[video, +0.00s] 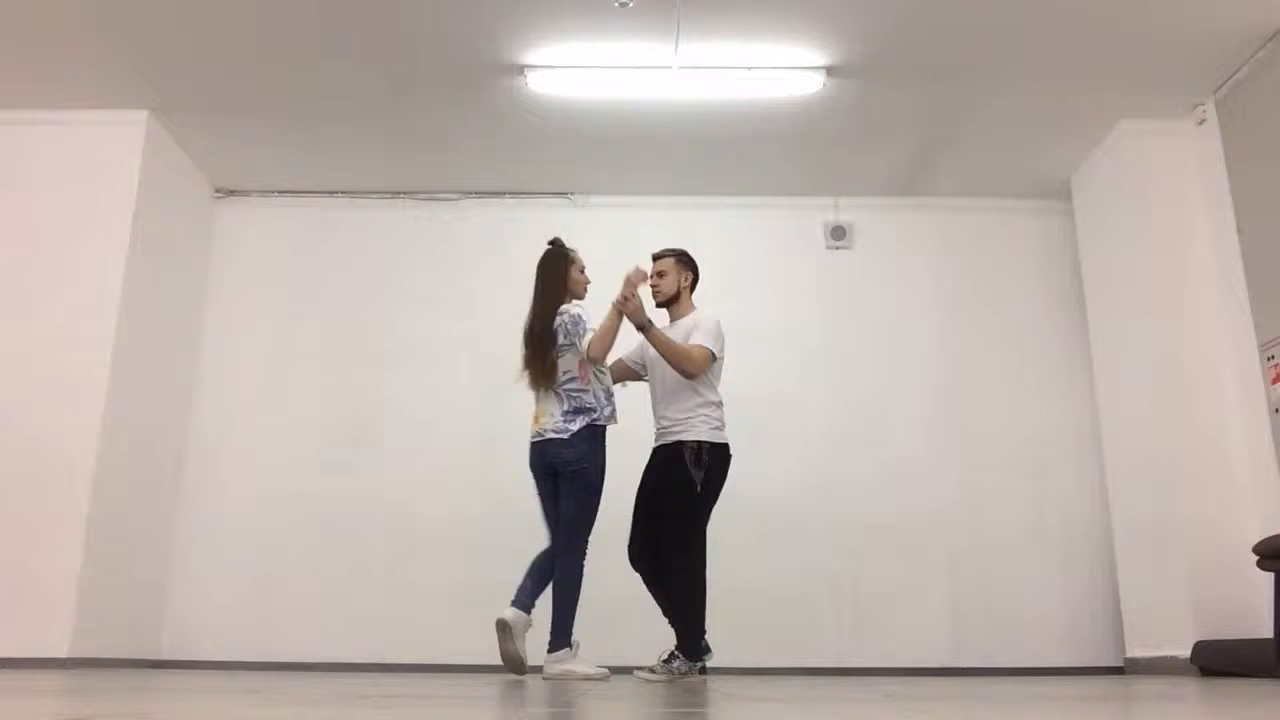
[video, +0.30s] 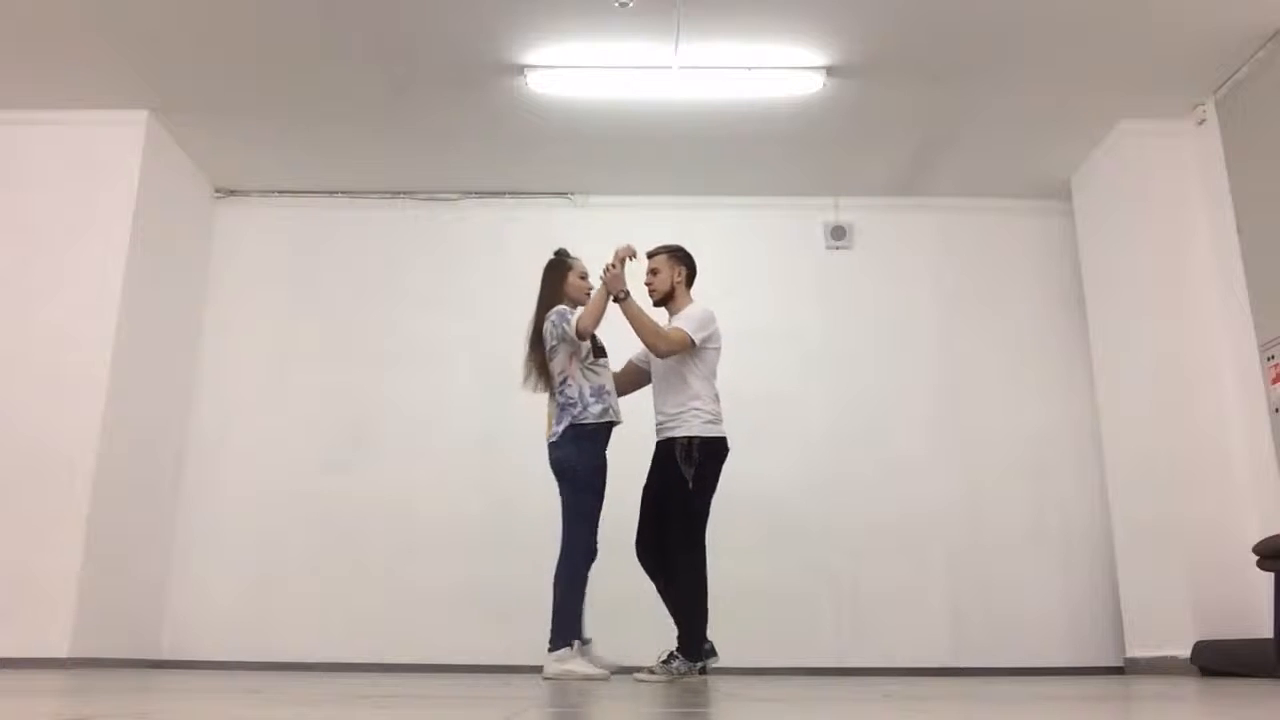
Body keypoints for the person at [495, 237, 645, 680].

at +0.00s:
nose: (587, 277)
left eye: (585, 270)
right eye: (581, 270)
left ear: (551, 277)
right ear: (565, 275)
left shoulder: (538, 322)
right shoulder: (571, 314)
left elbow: (561, 377)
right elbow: (597, 353)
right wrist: (620, 302)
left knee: (560, 543)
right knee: (572, 547)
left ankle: (517, 614)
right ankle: (560, 652)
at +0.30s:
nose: (591, 283)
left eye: (589, 278)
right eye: (582, 277)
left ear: (576, 285)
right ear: (561, 281)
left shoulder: (573, 323)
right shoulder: (556, 317)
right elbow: (587, 325)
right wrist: (610, 278)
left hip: (587, 438)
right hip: (578, 440)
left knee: (583, 546)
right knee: (577, 547)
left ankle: (573, 645)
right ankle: (561, 651)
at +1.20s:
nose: (604, 280)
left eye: (603, 273)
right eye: (596, 273)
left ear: (587, 278)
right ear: (575, 276)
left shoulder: (586, 314)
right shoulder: (576, 309)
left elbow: (620, 293)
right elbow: (616, 287)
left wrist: (648, 252)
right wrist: (650, 245)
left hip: (578, 440)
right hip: (571, 440)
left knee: (585, 542)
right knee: (583, 543)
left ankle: (558, 643)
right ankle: (559, 651)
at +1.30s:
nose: (605, 275)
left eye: (603, 268)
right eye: (598, 269)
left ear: (579, 278)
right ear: (582, 275)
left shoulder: (582, 314)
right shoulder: (579, 308)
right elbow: (618, 285)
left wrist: (646, 248)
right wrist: (648, 246)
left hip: (574, 438)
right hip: (577, 440)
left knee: (576, 540)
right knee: (585, 543)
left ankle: (534, 636)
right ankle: (561, 650)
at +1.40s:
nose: (605, 280)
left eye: (603, 275)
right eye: (598, 274)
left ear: (577, 279)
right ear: (582, 278)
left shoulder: (582, 319)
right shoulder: (579, 309)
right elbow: (616, 286)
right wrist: (644, 244)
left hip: (571, 442)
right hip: (581, 442)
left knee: (569, 545)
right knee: (594, 549)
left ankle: (515, 635)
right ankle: (563, 651)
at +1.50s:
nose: (602, 281)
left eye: (601, 276)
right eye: (595, 275)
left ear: (580, 280)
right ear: (578, 279)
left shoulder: (581, 320)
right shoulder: (576, 311)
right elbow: (612, 287)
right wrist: (641, 242)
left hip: (568, 444)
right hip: (581, 445)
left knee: (573, 548)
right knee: (599, 550)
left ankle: (513, 632)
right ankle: (563, 652)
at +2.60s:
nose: (572, 296)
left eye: (574, 291)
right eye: (564, 291)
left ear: (576, 297)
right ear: (545, 296)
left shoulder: (582, 346)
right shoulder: (527, 335)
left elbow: (608, 378)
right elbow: (517, 351)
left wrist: (645, 360)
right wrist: (541, 309)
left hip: (572, 455)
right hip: (530, 455)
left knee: (582, 546)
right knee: (530, 551)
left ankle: (558, 644)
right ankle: (511, 647)